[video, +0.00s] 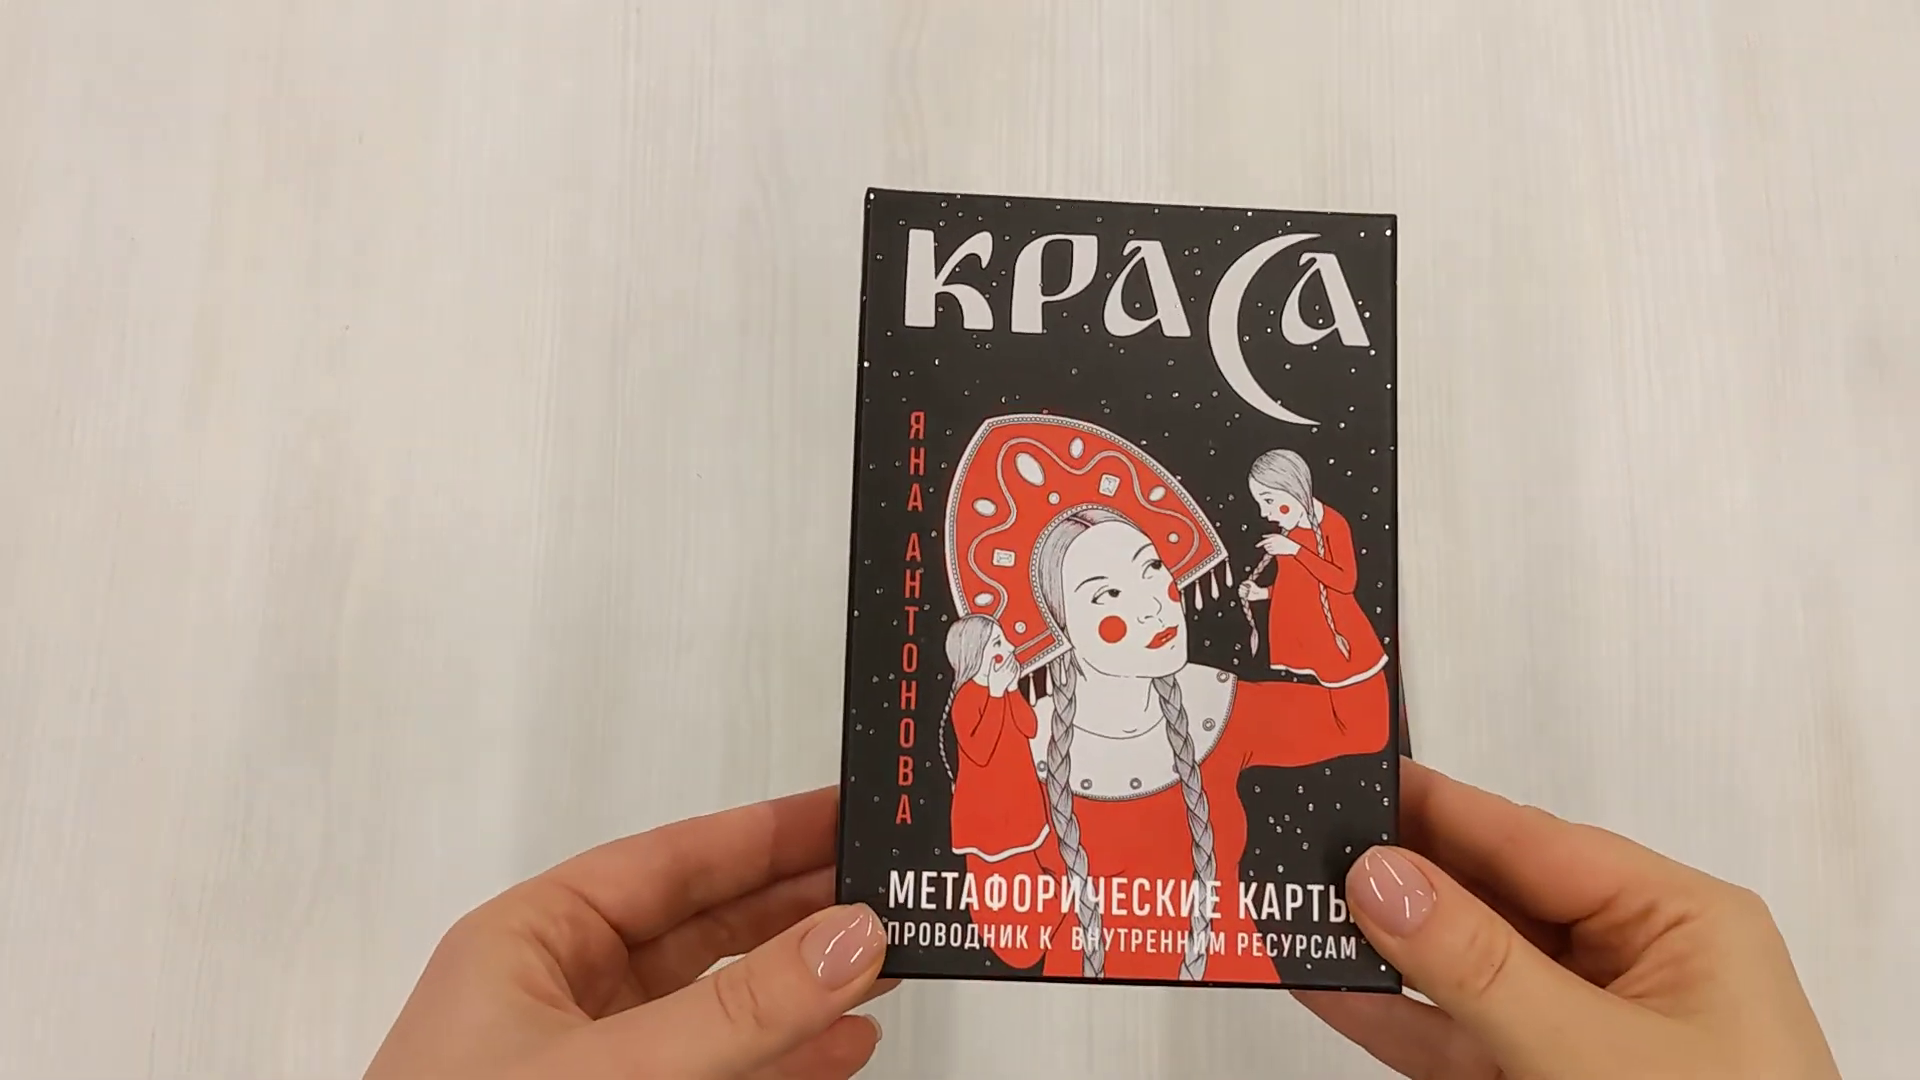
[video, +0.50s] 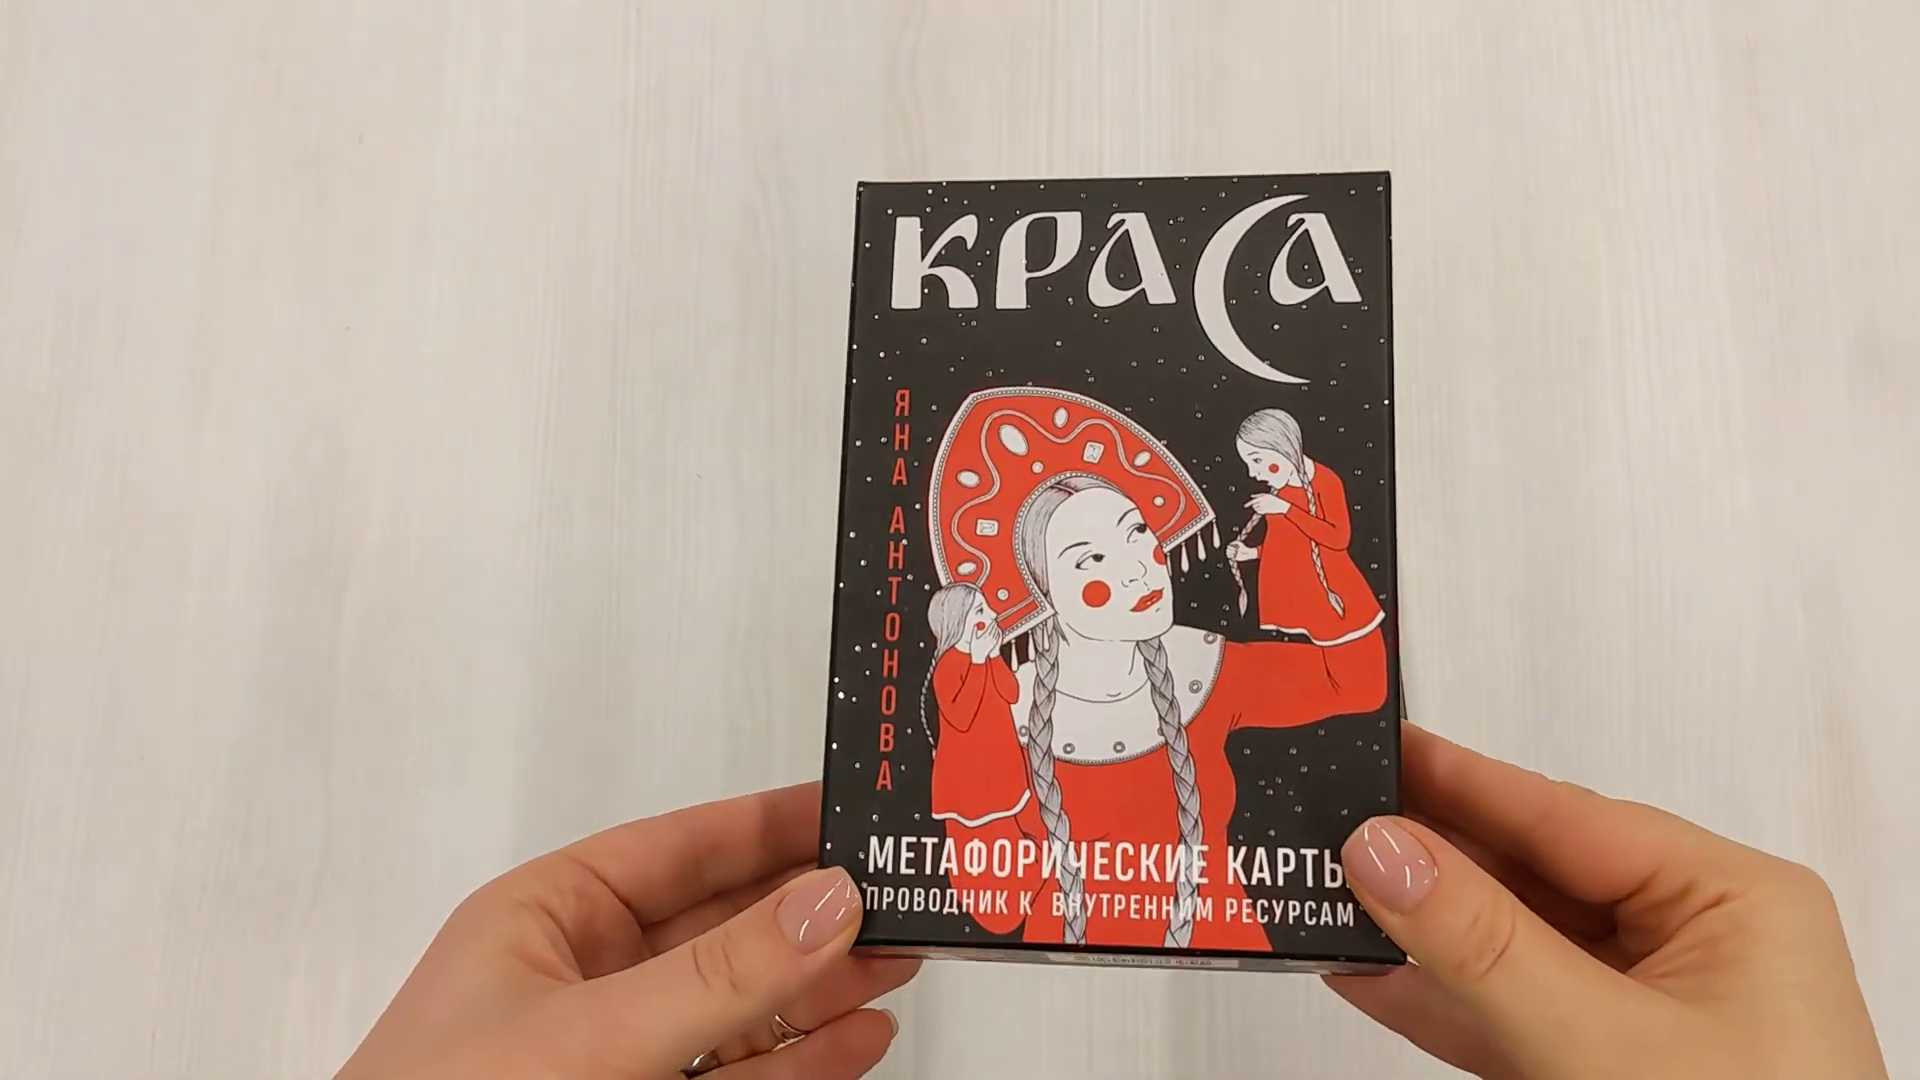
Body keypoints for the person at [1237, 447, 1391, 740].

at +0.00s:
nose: (1266, 513)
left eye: (1272, 501)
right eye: (1261, 504)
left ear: (1297, 490)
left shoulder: (1333, 524)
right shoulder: (1290, 528)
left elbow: (1346, 581)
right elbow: (1298, 586)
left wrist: (1296, 550)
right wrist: (1264, 592)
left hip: (1343, 651)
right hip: (1303, 652)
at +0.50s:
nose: (1253, 473)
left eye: (1257, 460)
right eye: (1248, 463)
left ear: (1282, 447)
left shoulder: (1326, 481)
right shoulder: (1280, 487)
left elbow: (1339, 537)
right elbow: (1288, 545)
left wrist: (1286, 508)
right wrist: (1252, 553)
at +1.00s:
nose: (1267, 489)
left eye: (1270, 476)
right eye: (1263, 480)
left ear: (1295, 464)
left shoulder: (1338, 496)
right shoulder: (1292, 504)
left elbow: (1352, 547)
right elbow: (1302, 552)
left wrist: (1299, 520)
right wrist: (1266, 560)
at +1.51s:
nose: (1198, 500)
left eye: (1200, 488)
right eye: (1194, 491)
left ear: (1220, 479)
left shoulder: (1256, 517)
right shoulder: (1223, 519)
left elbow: (1274, 566)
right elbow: (1237, 566)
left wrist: (1227, 535)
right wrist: (1204, 569)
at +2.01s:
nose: (1247, 480)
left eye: (1251, 467)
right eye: (1243, 471)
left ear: (1275, 456)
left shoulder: (1310, 493)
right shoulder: (1273, 495)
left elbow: (1321, 551)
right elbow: (1279, 552)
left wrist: (1276, 518)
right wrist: (1245, 561)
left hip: (1323, 621)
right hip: (1298, 623)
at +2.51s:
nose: (1269, 465)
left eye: (1274, 451)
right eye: (1264, 455)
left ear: (1301, 440)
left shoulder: (1342, 479)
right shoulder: (1297, 483)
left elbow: (1352, 539)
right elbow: (1301, 543)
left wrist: (1300, 504)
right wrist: (1262, 549)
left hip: (1354, 621)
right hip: (1322, 622)